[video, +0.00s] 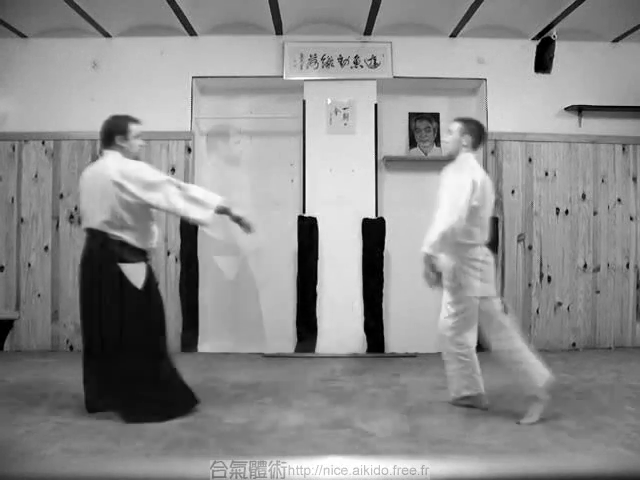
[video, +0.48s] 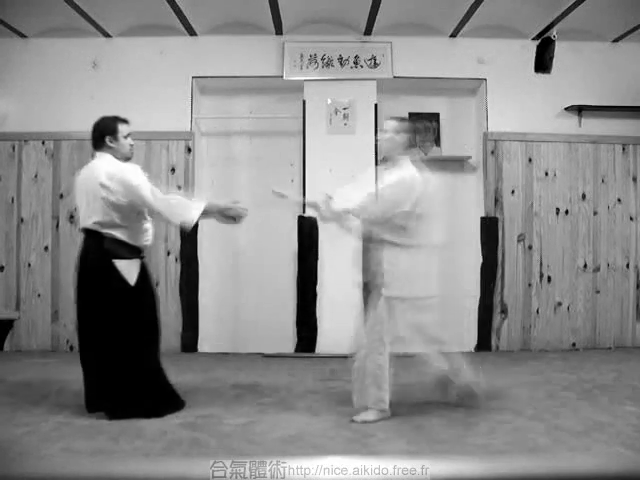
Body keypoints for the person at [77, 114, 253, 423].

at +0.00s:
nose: (142, 144)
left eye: (141, 137)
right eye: (137, 138)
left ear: (111, 141)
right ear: (118, 141)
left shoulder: (90, 171)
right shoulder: (127, 169)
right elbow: (173, 190)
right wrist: (224, 209)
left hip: (94, 255)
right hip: (124, 258)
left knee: (101, 326)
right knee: (143, 325)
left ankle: (100, 396)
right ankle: (157, 396)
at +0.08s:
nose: (138, 142)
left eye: (136, 136)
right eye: (132, 137)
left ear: (106, 141)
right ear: (113, 140)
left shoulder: (87, 170)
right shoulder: (122, 168)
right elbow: (167, 188)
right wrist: (220, 208)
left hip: (91, 255)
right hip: (120, 257)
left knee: (100, 327)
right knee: (142, 324)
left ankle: (101, 397)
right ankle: (151, 397)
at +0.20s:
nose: (133, 143)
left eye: (132, 136)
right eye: (128, 137)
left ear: (103, 141)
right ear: (109, 140)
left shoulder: (82, 172)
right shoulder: (121, 169)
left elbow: (83, 215)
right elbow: (167, 189)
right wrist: (219, 207)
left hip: (89, 257)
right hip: (119, 259)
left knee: (98, 329)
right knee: (141, 326)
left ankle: (103, 398)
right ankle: (148, 399)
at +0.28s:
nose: (131, 142)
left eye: (130, 136)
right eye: (126, 137)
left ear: (101, 142)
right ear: (108, 141)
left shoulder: (81, 173)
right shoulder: (120, 169)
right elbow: (166, 189)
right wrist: (218, 204)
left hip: (88, 258)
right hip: (119, 260)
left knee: (97, 330)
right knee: (137, 328)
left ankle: (103, 399)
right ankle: (148, 399)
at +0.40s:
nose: (131, 142)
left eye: (129, 136)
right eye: (126, 137)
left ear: (102, 142)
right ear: (108, 141)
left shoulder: (82, 174)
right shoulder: (124, 171)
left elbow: (80, 215)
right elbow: (167, 195)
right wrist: (218, 205)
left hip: (88, 258)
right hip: (120, 260)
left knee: (96, 329)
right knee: (137, 327)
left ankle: (101, 399)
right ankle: (144, 398)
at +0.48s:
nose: (132, 142)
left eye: (131, 136)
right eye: (126, 137)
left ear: (104, 142)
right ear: (109, 141)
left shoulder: (85, 173)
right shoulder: (123, 172)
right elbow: (163, 203)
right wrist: (213, 209)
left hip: (92, 255)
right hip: (121, 258)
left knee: (98, 328)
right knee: (137, 326)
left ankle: (101, 399)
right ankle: (143, 398)